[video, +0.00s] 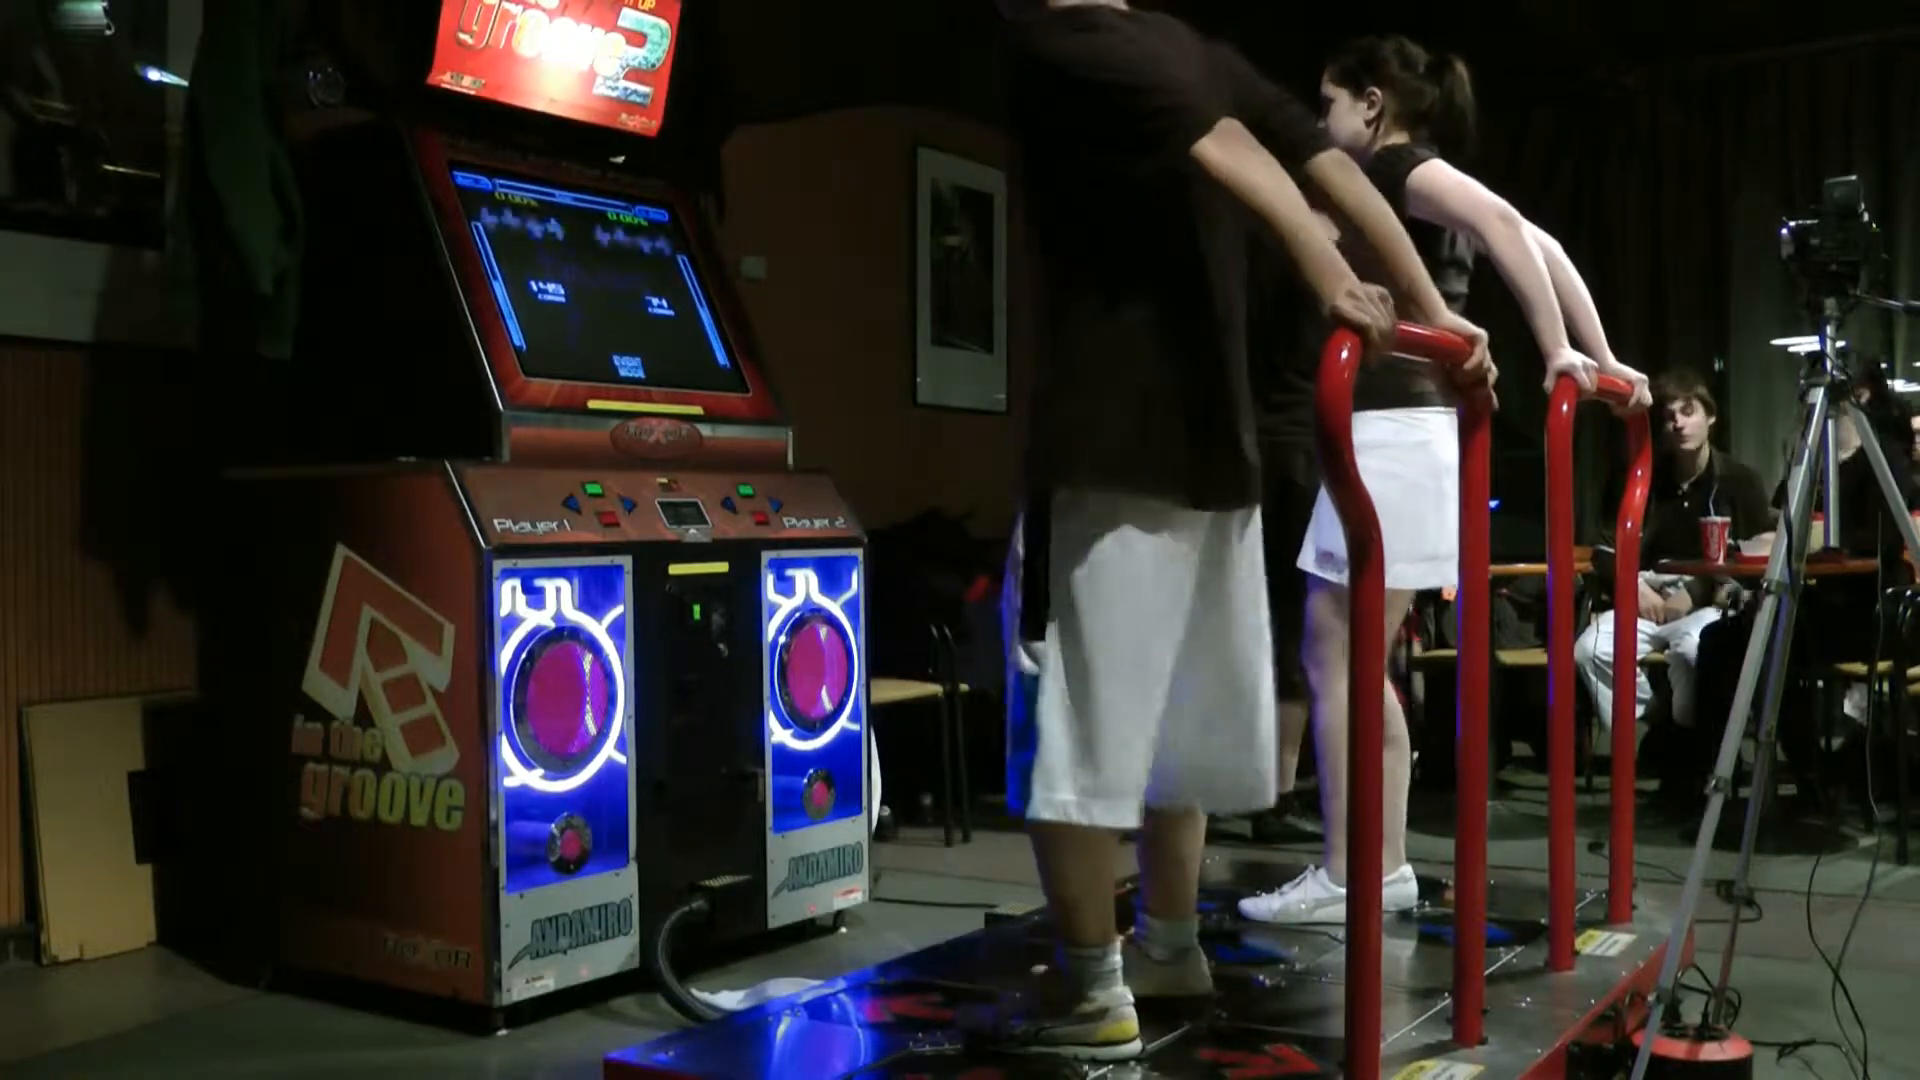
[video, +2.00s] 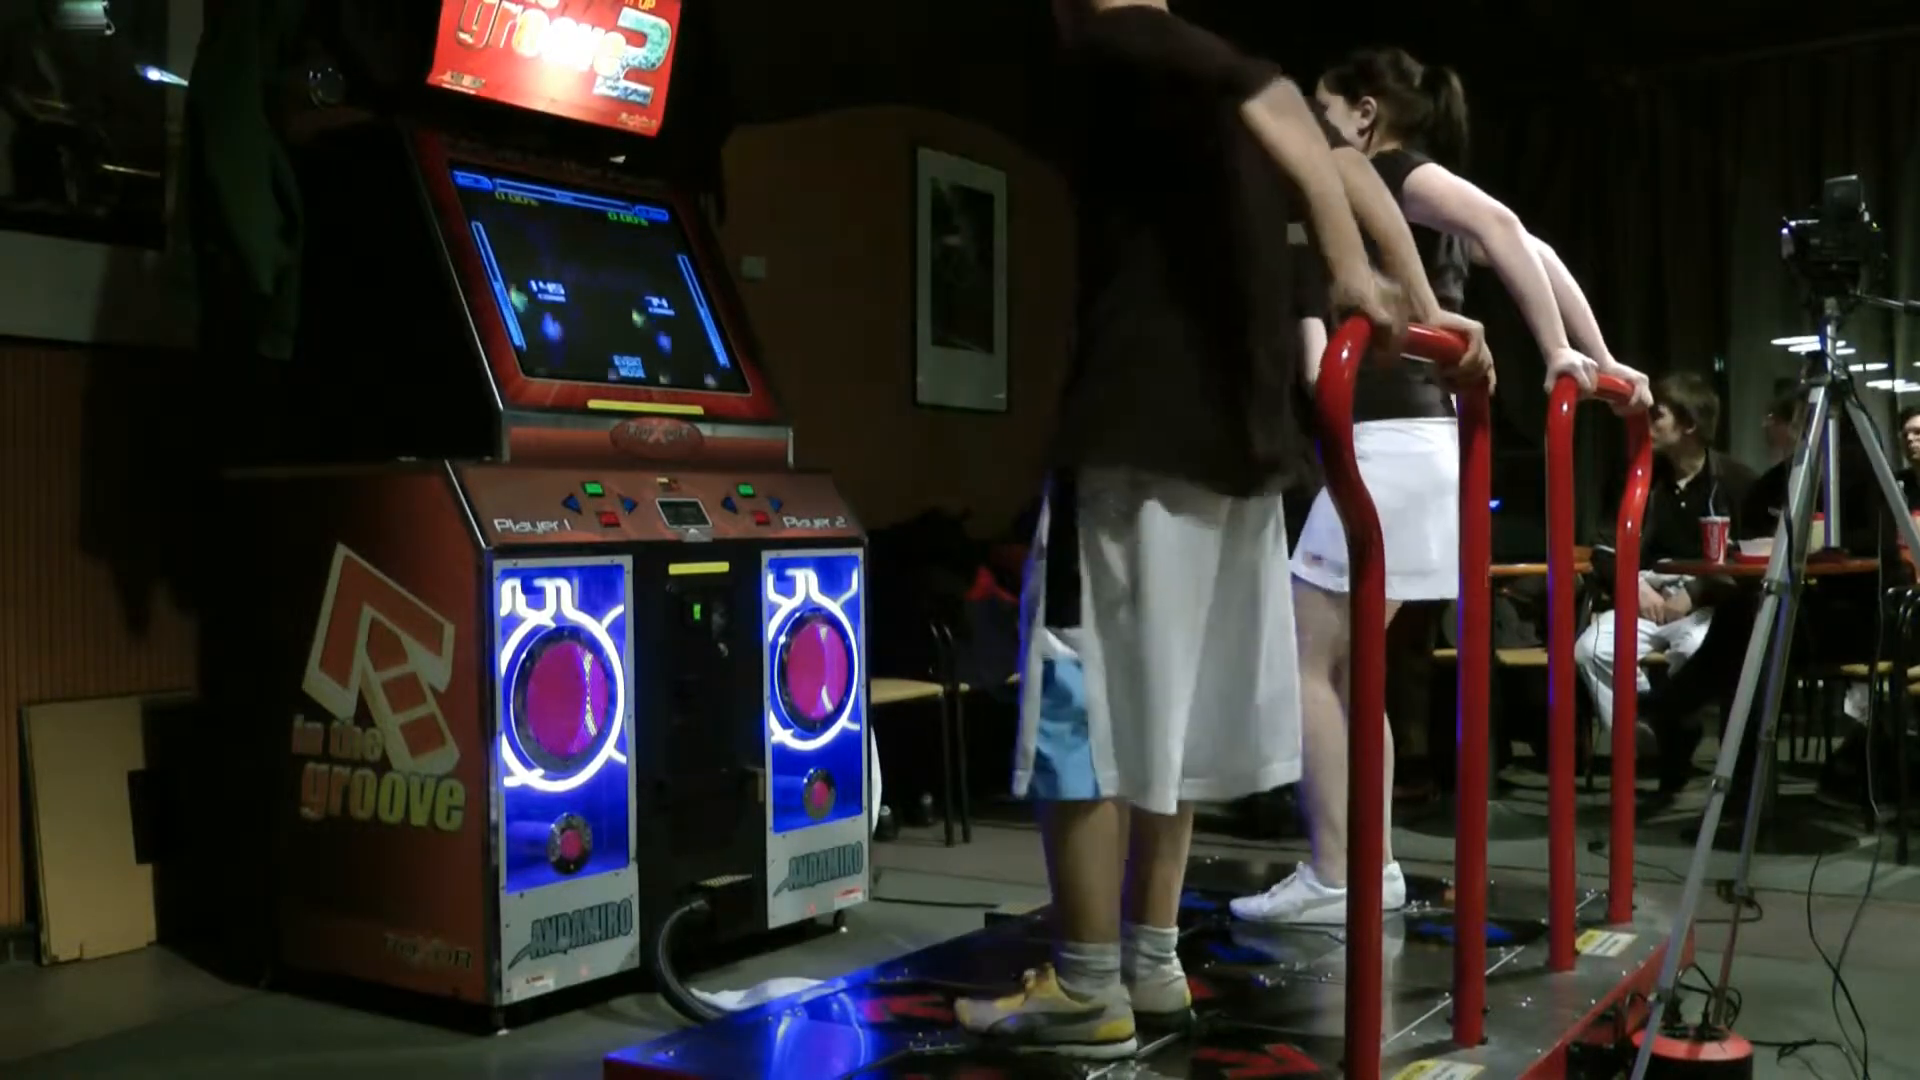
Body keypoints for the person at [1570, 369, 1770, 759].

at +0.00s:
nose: (1678, 423)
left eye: (1688, 412)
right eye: (1668, 415)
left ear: (1710, 419)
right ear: (1659, 425)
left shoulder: (1739, 481)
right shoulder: (1646, 478)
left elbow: (1755, 564)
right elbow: (1607, 550)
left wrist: (1694, 595)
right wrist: (1635, 586)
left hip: (1709, 605)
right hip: (1648, 604)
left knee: (1689, 651)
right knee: (1593, 648)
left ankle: (1684, 740)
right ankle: (1650, 740)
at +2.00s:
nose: (1650, 425)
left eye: (1659, 418)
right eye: (1651, 417)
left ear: (1690, 425)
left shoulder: (1734, 479)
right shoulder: (1645, 474)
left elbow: (1747, 560)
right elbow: (1607, 546)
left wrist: (1692, 595)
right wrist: (1634, 587)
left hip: (1702, 603)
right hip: (1644, 598)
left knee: (1697, 652)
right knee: (1595, 648)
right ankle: (1646, 750)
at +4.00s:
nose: (1663, 434)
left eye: (1674, 423)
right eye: (1658, 424)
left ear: (1703, 425)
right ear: (1650, 427)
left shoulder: (1736, 481)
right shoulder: (1644, 478)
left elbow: (1748, 560)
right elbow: (1606, 547)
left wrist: (1693, 594)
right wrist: (1635, 587)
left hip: (1707, 601)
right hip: (1646, 598)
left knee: (1690, 649)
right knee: (1594, 650)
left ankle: (1693, 750)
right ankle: (1646, 747)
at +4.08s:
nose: (1663, 433)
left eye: (1674, 423)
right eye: (1658, 423)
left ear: (1703, 425)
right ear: (1650, 427)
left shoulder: (1736, 482)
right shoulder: (1644, 477)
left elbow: (1747, 561)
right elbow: (1607, 550)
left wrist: (1692, 595)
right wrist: (1638, 588)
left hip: (1707, 603)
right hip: (1649, 599)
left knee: (1690, 651)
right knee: (1594, 649)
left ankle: (1696, 754)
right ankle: (1652, 744)